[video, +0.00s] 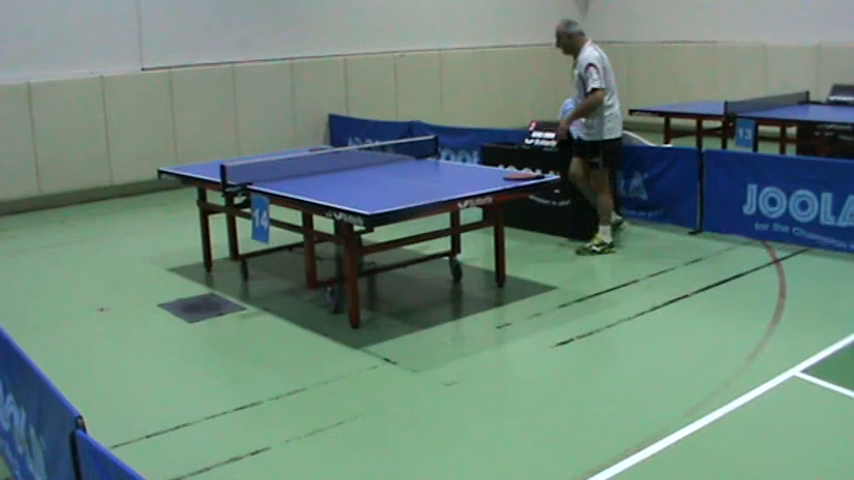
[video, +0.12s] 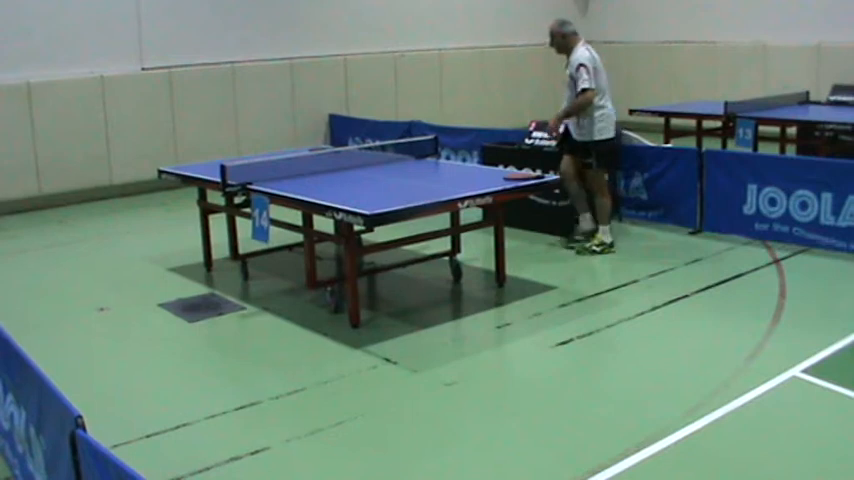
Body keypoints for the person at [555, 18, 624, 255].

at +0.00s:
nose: (558, 46)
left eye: (560, 40)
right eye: (557, 41)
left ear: (572, 37)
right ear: (574, 36)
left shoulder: (589, 59)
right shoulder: (585, 57)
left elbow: (597, 97)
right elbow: (590, 96)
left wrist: (568, 120)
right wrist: (572, 119)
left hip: (602, 133)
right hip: (589, 131)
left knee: (600, 183)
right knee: (576, 173)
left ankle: (604, 235)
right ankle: (610, 216)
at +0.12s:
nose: (551, 44)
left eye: (553, 39)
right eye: (551, 39)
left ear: (565, 36)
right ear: (568, 35)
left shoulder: (581, 58)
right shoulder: (578, 56)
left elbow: (587, 96)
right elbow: (583, 96)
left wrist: (558, 118)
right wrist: (566, 122)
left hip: (596, 132)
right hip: (581, 131)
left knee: (597, 181)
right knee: (568, 172)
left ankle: (605, 235)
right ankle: (586, 223)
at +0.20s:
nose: (543, 46)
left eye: (545, 40)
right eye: (543, 40)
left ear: (558, 37)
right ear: (561, 36)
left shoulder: (571, 59)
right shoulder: (574, 54)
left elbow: (576, 97)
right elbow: (578, 96)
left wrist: (550, 118)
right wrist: (558, 119)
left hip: (589, 130)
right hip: (574, 130)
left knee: (592, 181)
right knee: (560, 173)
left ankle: (603, 236)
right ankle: (560, 230)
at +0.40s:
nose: (520, 45)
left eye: (521, 40)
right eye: (519, 40)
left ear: (534, 37)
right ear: (538, 37)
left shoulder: (545, 59)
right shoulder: (553, 55)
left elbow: (551, 97)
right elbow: (560, 95)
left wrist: (529, 118)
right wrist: (540, 120)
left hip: (559, 135)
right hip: (557, 134)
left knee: (571, 182)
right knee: (539, 182)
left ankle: (598, 233)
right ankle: (525, 231)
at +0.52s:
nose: (506, 40)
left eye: (509, 35)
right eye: (507, 35)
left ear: (521, 34)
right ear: (526, 34)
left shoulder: (530, 55)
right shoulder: (541, 52)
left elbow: (537, 92)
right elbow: (545, 92)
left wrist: (517, 119)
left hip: (539, 131)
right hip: (547, 129)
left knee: (540, 180)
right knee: (535, 181)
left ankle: (580, 221)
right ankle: (523, 230)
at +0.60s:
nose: (499, 39)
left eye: (502, 33)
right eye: (500, 33)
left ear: (514, 33)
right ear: (520, 33)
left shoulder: (522, 55)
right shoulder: (535, 52)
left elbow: (527, 92)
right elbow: (538, 90)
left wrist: (509, 121)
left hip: (529, 130)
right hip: (540, 128)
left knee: (526, 180)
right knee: (527, 180)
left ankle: (559, 216)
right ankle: (524, 230)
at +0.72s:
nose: (489, 37)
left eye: (492, 32)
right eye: (490, 32)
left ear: (504, 32)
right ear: (510, 32)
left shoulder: (509, 55)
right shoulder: (527, 52)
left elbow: (513, 93)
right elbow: (529, 90)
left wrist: (496, 125)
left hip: (514, 129)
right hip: (531, 127)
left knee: (495, 174)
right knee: (523, 177)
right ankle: (524, 228)